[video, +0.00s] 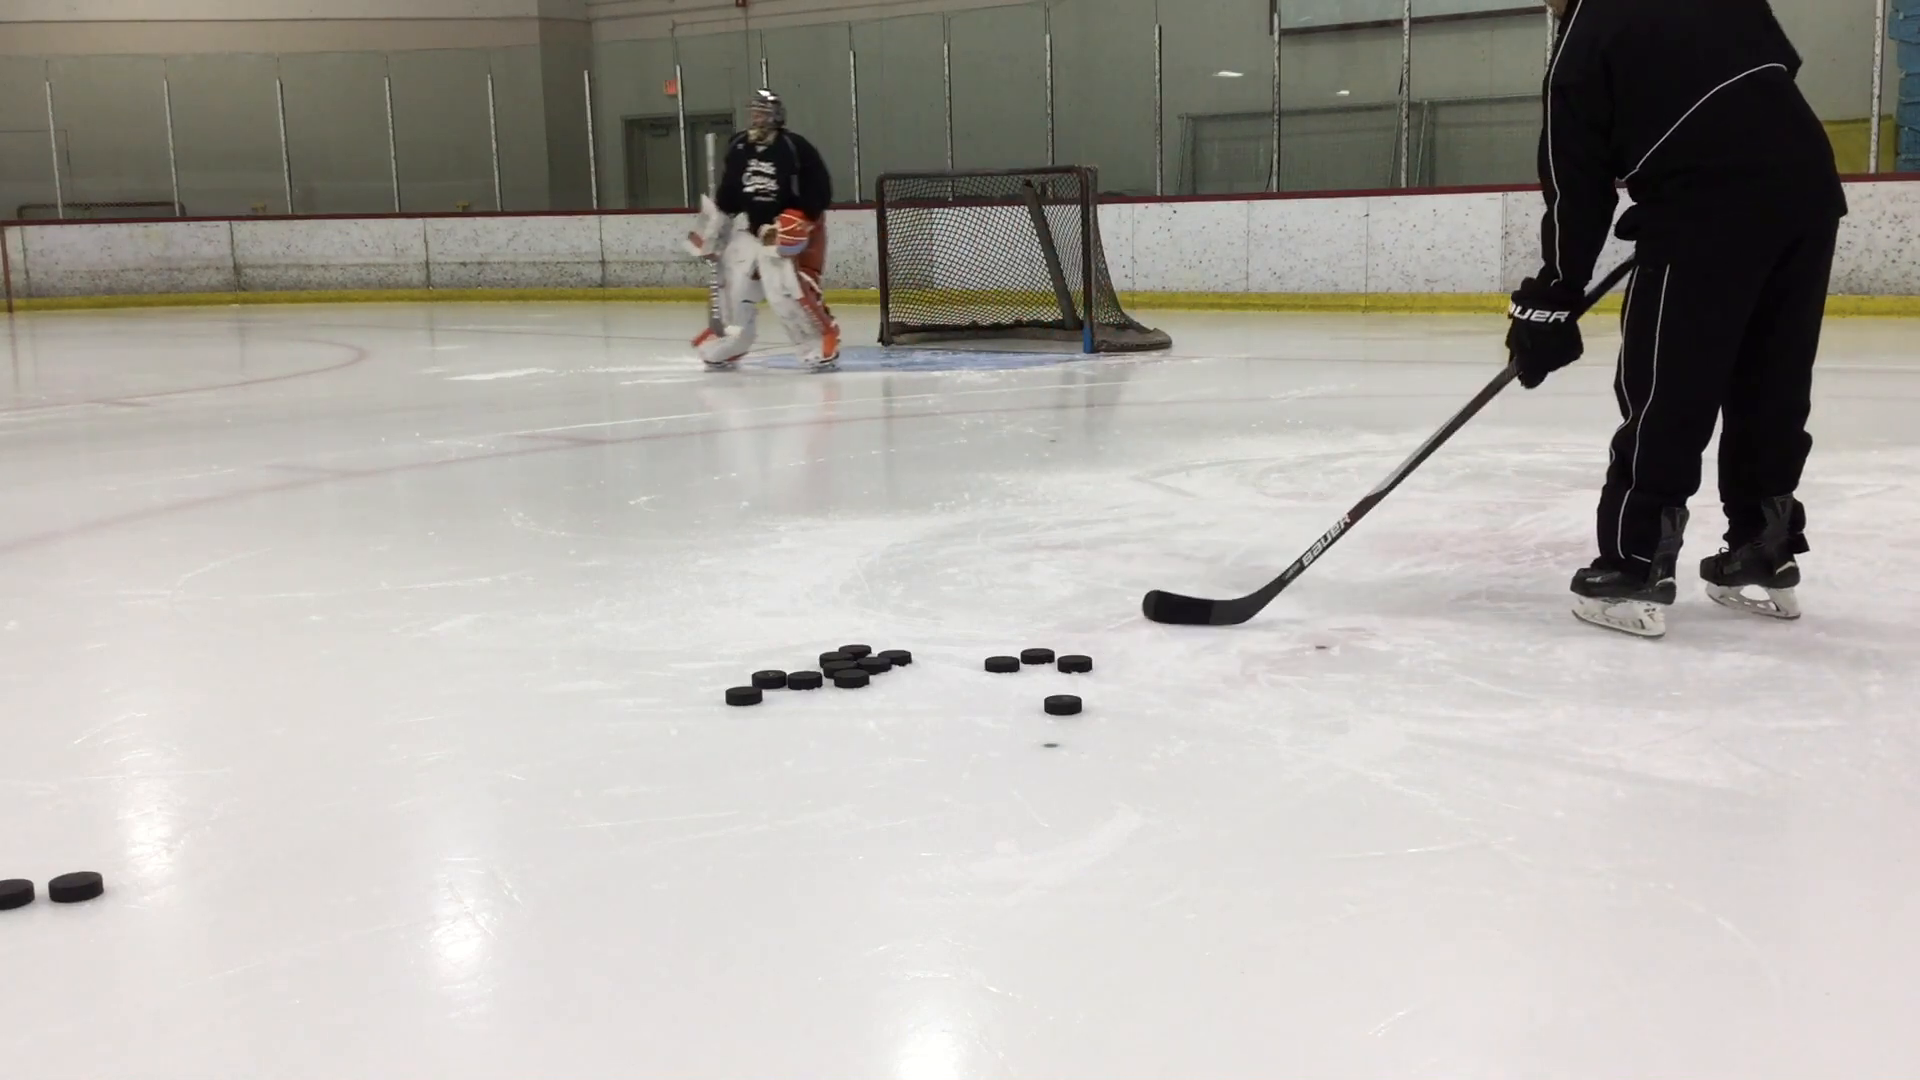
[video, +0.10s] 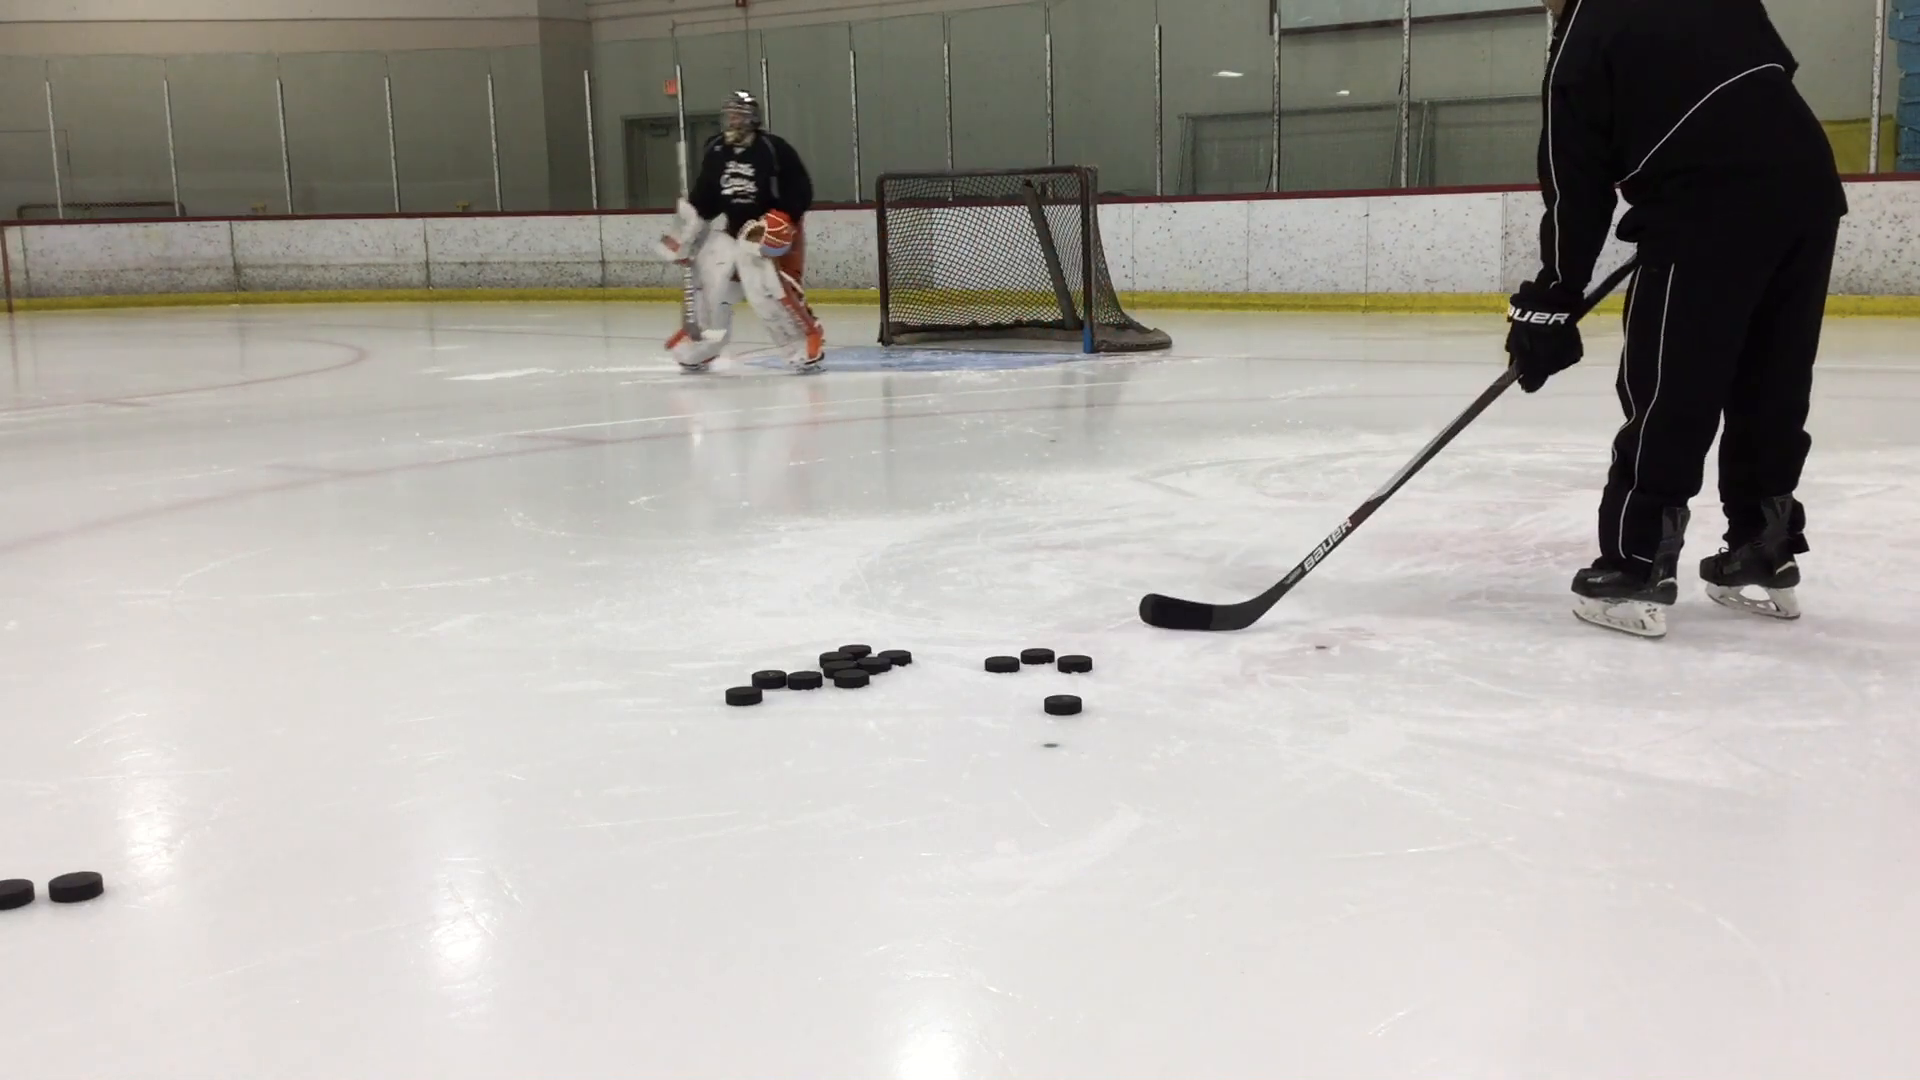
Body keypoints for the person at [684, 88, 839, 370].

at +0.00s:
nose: (756, 119)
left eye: (763, 114)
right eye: (753, 114)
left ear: (777, 118)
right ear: (749, 115)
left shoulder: (796, 149)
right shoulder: (740, 147)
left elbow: (817, 194)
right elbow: (729, 193)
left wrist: (788, 227)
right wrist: (711, 228)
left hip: (780, 238)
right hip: (743, 234)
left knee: (784, 296)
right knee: (734, 290)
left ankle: (816, 349)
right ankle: (730, 345)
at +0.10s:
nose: (733, 122)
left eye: (739, 116)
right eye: (728, 116)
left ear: (753, 119)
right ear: (724, 119)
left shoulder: (775, 150)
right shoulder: (716, 150)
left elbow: (800, 191)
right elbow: (705, 195)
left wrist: (777, 223)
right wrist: (684, 231)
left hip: (761, 236)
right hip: (724, 232)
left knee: (766, 295)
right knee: (707, 283)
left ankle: (802, 348)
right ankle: (700, 348)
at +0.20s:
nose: (709, 125)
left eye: (715, 119)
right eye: (705, 119)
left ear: (730, 122)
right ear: (700, 122)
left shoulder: (755, 154)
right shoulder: (693, 155)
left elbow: (781, 194)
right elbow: (678, 201)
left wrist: (763, 223)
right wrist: (655, 239)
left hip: (743, 240)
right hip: (705, 237)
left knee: (751, 296)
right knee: (685, 288)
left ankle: (787, 351)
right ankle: (671, 351)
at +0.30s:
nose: (686, 129)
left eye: (692, 124)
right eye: (683, 124)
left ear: (707, 126)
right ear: (680, 126)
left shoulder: (734, 156)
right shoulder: (672, 158)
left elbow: (762, 194)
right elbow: (653, 207)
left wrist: (749, 223)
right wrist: (629, 245)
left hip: (723, 242)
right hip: (685, 241)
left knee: (739, 299)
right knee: (664, 297)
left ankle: (770, 355)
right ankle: (644, 354)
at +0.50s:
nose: (659, 149)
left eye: (665, 144)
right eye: (655, 144)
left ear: (680, 145)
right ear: (650, 147)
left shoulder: (710, 170)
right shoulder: (643, 176)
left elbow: (741, 205)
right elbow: (622, 224)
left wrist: (728, 234)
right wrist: (598, 267)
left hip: (702, 250)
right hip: (661, 253)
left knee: (715, 306)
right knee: (646, 307)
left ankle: (741, 362)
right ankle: (621, 366)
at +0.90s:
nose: (680, 174)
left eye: (686, 168)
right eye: (676, 168)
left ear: (699, 169)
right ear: (672, 169)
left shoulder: (724, 191)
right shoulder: (670, 196)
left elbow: (765, 223)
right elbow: (653, 232)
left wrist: (746, 252)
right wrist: (627, 263)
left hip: (732, 266)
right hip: (692, 266)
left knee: (711, 306)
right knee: (654, 303)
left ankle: (769, 347)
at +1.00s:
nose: (694, 185)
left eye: (700, 179)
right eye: (690, 179)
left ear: (714, 181)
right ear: (684, 180)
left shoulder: (734, 202)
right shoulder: (683, 205)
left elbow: (776, 236)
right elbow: (661, 241)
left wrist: (755, 264)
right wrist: (636, 272)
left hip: (746, 269)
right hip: (704, 270)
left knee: (723, 306)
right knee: (672, 306)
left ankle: (781, 349)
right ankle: (666, 357)